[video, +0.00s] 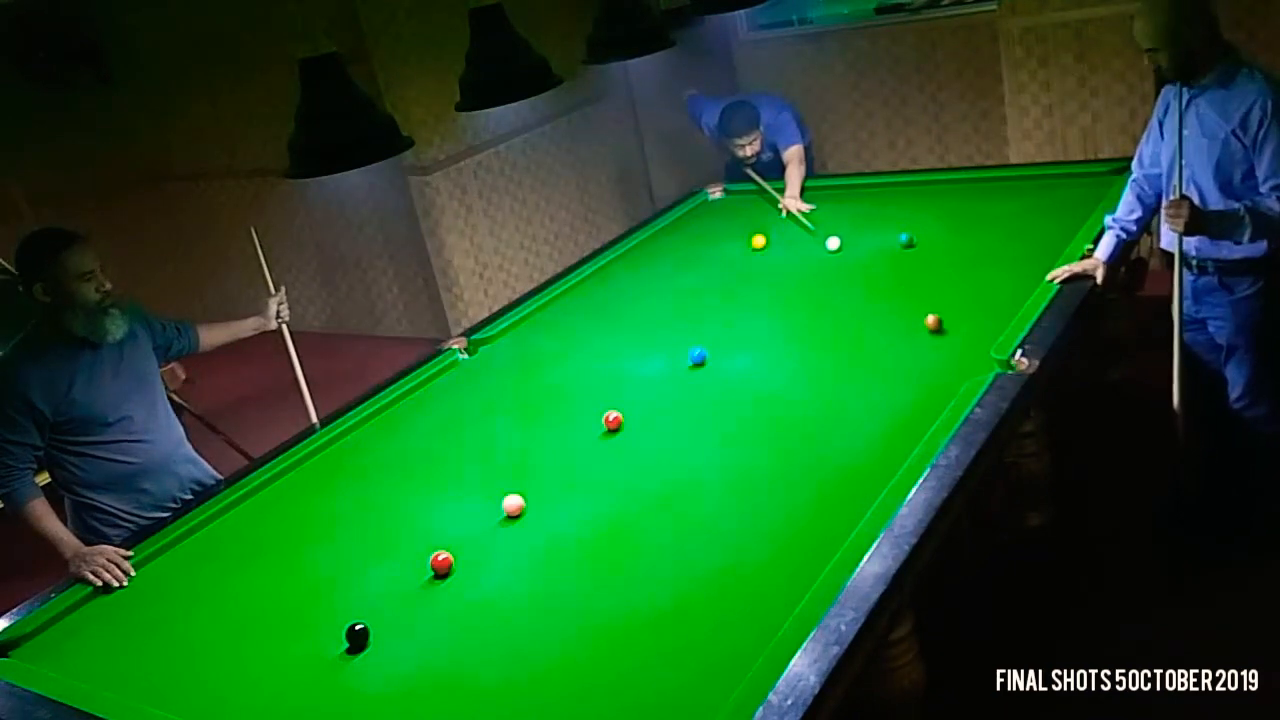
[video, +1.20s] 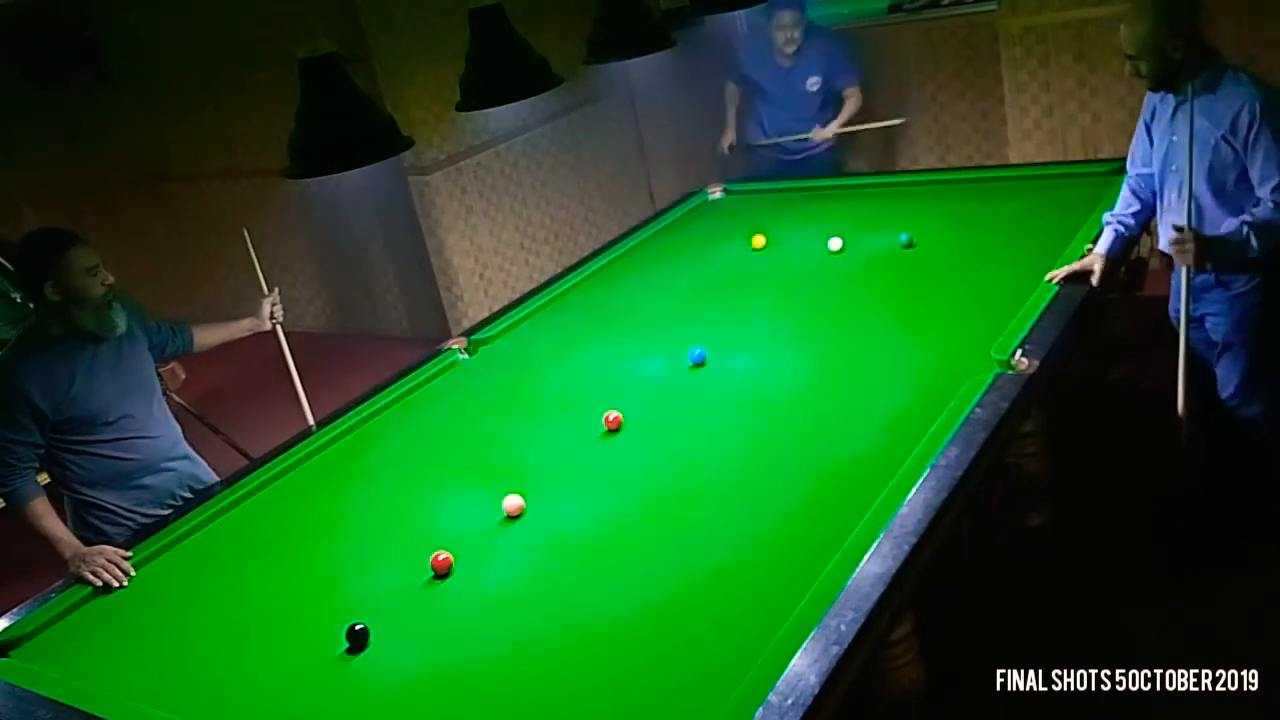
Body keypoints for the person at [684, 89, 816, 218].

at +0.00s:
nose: (748, 152)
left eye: (753, 143)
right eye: (740, 147)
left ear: (761, 130)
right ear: (724, 141)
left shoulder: (778, 118)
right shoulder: (711, 118)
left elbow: (795, 160)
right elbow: (689, 95)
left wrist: (791, 196)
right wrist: (713, 141)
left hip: (779, 158)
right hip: (738, 163)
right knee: (740, 214)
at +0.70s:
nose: (754, 133)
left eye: (760, 123)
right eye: (746, 126)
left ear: (768, 113)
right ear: (732, 119)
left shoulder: (787, 111)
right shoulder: (720, 105)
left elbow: (797, 158)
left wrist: (792, 195)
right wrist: (724, 142)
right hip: (742, 155)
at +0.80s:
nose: (759, 115)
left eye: (765, 105)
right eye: (751, 108)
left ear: (773, 98)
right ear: (738, 103)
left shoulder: (794, 105)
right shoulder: (726, 96)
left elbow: (801, 151)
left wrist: (794, 192)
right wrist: (726, 135)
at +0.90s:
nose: (765, 95)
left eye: (771, 86)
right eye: (757, 88)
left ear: (779, 80)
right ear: (744, 86)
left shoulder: (800, 92)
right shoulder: (731, 86)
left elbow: (814, 145)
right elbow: (718, 95)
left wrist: (799, 184)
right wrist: (726, 131)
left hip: (793, 165)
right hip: (750, 164)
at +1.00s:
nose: (772, 74)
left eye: (778, 65)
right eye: (764, 67)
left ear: (786, 61)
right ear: (750, 65)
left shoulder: (807, 76)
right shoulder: (736, 76)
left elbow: (831, 131)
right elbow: (720, 91)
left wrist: (811, 166)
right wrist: (726, 127)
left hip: (803, 161)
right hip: (758, 161)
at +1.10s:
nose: (780, 54)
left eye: (786, 45)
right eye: (773, 46)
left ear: (794, 42)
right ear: (759, 45)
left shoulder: (815, 62)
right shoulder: (744, 63)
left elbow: (845, 115)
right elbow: (727, 86)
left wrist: (822, 147)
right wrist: (728, 127)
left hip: (810, 157)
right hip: (763, 157)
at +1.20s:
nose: (789, 35)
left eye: (795, 27)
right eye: (781, 28)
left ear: (804, 26)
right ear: (769, 30)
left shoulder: (824, 50)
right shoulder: (751, 52)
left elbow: (854, 97)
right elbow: (733, 82)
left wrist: (831, 129)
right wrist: (730, 128)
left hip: (816, 152)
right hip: (767, 152)